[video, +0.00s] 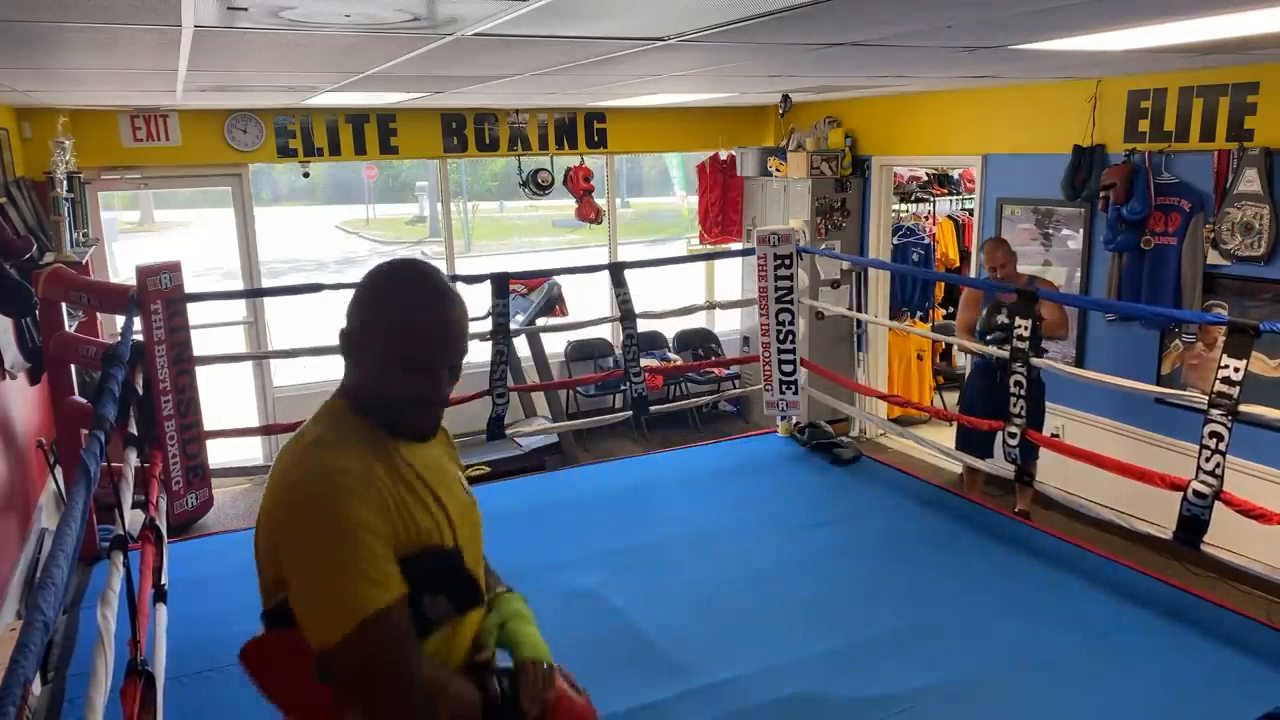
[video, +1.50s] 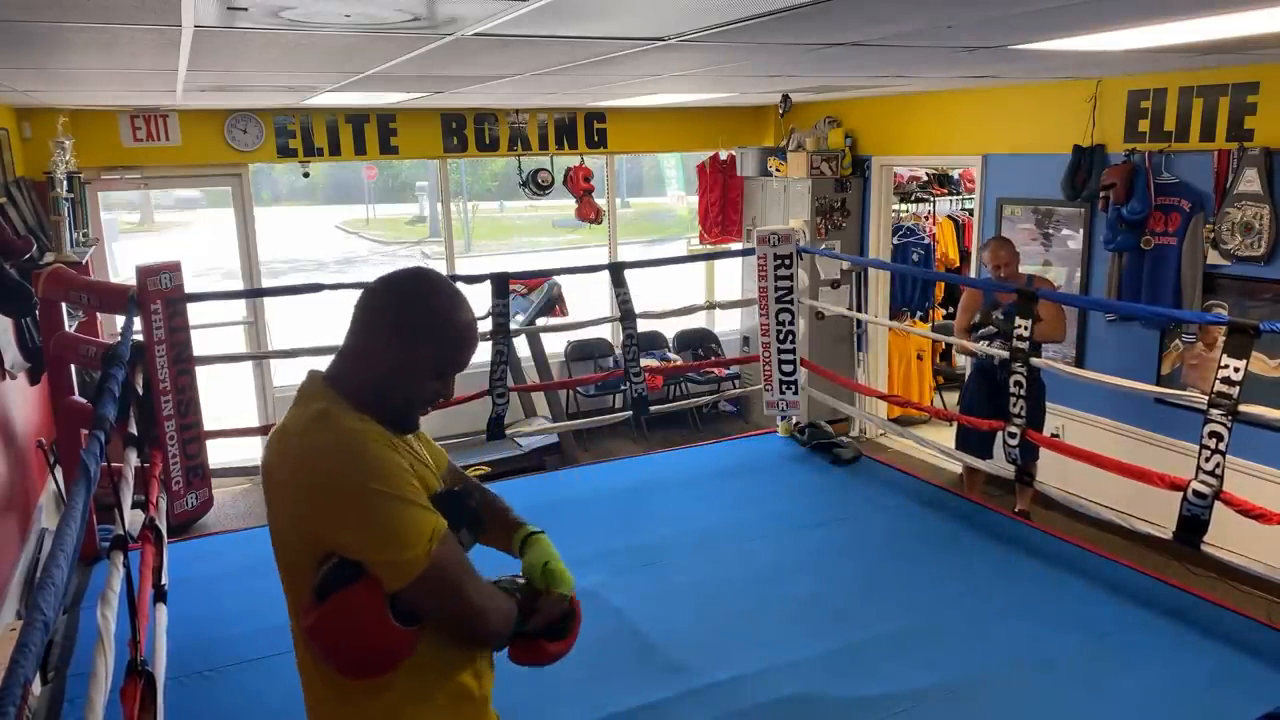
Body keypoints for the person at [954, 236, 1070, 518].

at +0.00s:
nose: (998, 275)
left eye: (1002, 267)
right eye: (991, 270)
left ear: (1014, 260)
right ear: (984, 267)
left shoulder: (1041, 287)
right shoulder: (976, 291)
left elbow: (1061, 329)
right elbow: (963, 334)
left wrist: (1025, 326)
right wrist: (984, 348)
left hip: (1026, 380)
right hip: (984, 377)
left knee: (1026, 449)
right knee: (974, 446)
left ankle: (1023, 514)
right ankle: (970, 507)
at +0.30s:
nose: (998, 275)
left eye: (1002, 268)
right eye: (991, 270)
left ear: (1014, 260)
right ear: (983, 267)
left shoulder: (1038, 287)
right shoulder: (974, 291)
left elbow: (1054, 331)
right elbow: (961, 333)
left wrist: (1013, 328)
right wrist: (981, 346)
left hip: (1025, 380)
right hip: (984, 377)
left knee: (1026, 448)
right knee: (974, 445)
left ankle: (1022, 513)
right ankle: (971, 505)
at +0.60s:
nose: (998, 275)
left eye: (1002, 267)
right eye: (991, 270)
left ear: (1013, 260)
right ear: (982, 266)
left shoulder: (1037, 287)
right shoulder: (974, 290)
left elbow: (1054, 331)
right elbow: (961, 336)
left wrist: (1014, 330)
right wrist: (983, 347)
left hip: (1024, 379)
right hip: (983, 376)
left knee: (1026, 448)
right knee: (974, 445)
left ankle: (1022, 513)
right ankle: (971, 506)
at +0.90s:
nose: (999, 275)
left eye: (1004, 267)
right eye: (992, 270)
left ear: (1013, 260)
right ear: (982, 267)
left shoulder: (1037, 286)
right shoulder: (973, 293)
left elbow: (1057, 330)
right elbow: (962, 341)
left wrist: (1015, 331)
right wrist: (987, 348)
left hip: (1025, 380)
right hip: (984, 378)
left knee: (1026, 449)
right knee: (974, 446)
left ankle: (1022, 512)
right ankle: (971, 505)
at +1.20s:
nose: (999, 273)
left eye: (1004, 265)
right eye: (992, 268)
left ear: (1015, 260)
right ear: (983, 267)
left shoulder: (1038, 286)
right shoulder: (974, 293)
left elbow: (1062, 327)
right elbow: (960, 340)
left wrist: (1019, 328)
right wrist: (980, 348)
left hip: (1025, 382)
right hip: (984, 381)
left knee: (1027, 449)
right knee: (974, 448)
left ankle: (1022, 513)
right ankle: (971, 506)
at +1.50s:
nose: (1002, 274)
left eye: (1006, 266)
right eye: (994, 268)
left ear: (1018, 259)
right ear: (984, 266)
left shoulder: (1040, 286)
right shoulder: (976, 290)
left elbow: (1057, 331)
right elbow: (960, 335)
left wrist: (1016, 330)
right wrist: (980, 348)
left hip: (1025, 380)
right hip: (983, 378)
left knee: (1026, 448)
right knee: (974, 445)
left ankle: (1022, 513)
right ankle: (971, 505)